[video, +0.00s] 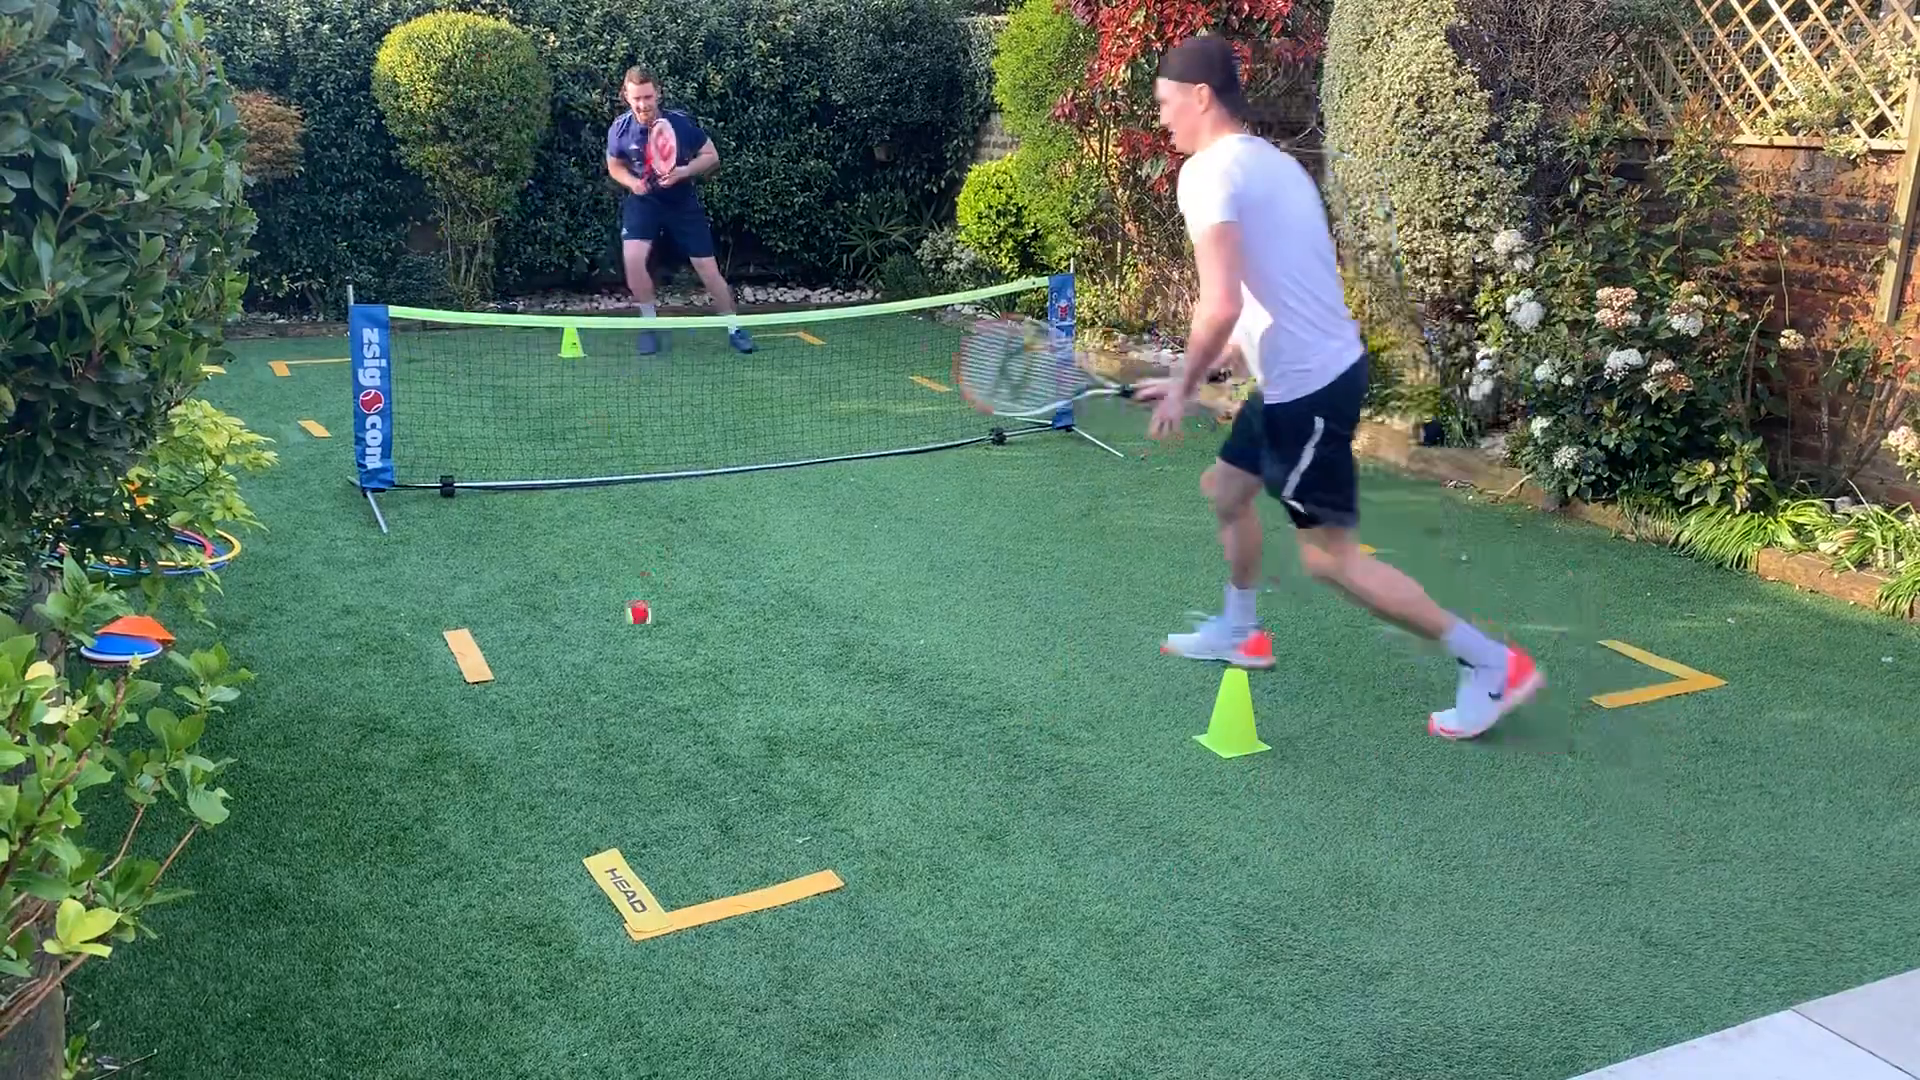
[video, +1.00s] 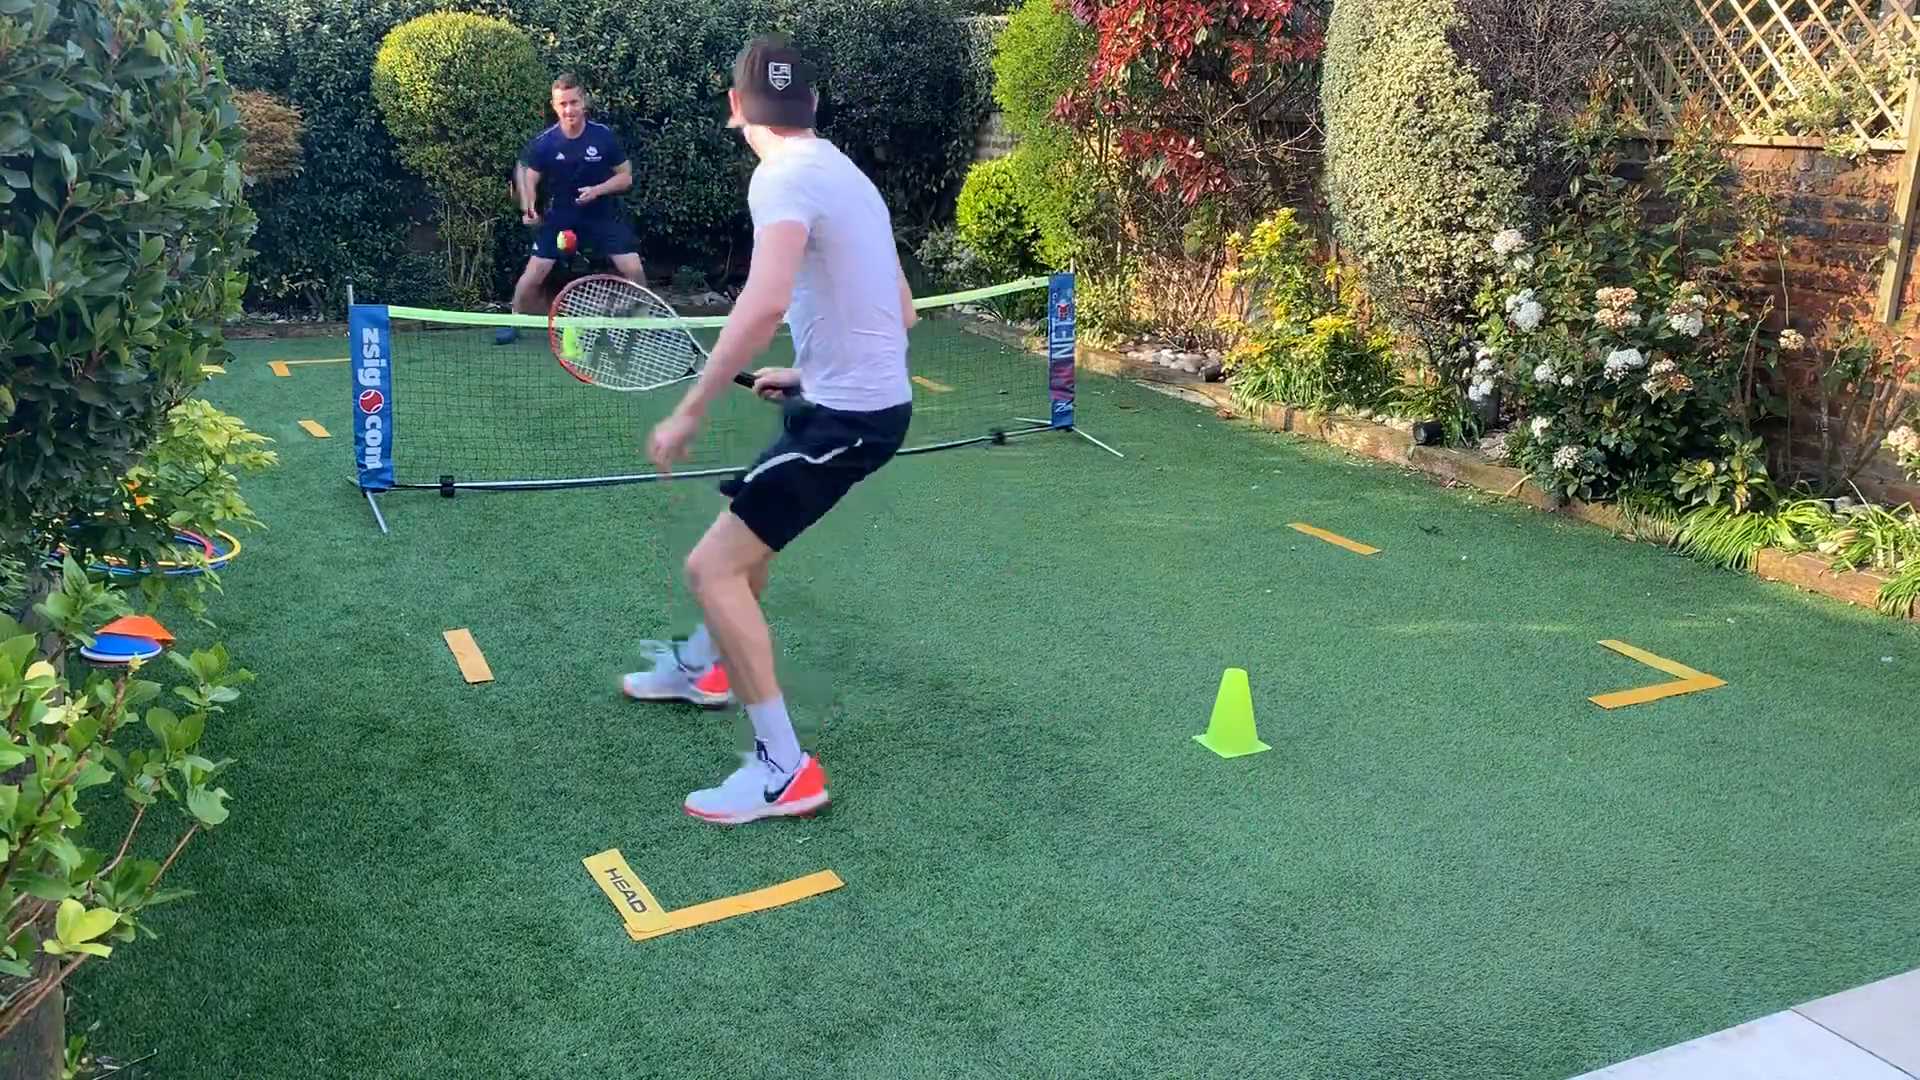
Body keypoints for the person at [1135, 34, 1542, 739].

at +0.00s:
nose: (1161, 118)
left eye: (1166, 102)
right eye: (1159, 104)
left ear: (1202, 96)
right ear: (1213, 98)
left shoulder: (1212, 171)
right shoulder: (1274, 162)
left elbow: (1222, 305)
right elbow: (1277, 297)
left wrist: (1182, 386)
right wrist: (1198, 368)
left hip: (1308, 385)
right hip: (1308, 376)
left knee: (1330, 558)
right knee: (1226, 490)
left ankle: (1493, 663)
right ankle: (1237, 628)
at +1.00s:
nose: (730, 107)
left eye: (731, 97)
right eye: (735, 96)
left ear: (739, 107)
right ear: (809, 103)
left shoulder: (787, 176)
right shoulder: (842, 173)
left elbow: (765, 301)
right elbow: (899, 310)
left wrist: (689, 414)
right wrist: (805, 373)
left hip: (846, 410)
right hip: (865, 400)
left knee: (712, 571)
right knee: (744, 529)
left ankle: (783, 765)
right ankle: (707, 661)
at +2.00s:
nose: (1306, 122)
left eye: (1309, 108)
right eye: (1309, 106)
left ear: (1324, 116)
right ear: (1396, 114)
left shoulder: (1312, 216)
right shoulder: (1461, 202)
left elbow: (1306, 365)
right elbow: (1536, 343)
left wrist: (1283, 490)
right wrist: (1487, 429)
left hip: (1390, 471)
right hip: (1487, 462)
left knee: (1345, 675)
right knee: (1525, 637)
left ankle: (1364, 868)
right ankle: (1612, 832)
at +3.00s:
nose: (1436, 200)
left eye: (1440, 182)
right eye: (1430, 186)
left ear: (1485, 166)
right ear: (1478, 172)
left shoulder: (1576, 224)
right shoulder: (1488, 253)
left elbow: (1517, 371)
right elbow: (1471, 371)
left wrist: (1427, 464)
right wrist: (1424, 466)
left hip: (1674, 399)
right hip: (1601, 398)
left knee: (1597, 571)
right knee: (1483, 507)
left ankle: (1685, 734)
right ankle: (1482, 647)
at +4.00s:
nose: (1206, 96)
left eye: (1209, 85)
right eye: (1209, 84)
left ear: (1222, 92)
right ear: (1276, 93)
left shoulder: (1222, 165)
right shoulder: (1326, 173)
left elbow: (1246, 256)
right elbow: (1388, 279)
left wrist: (1253, 385)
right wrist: (1398, 370)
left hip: (1271, 385)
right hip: (1344, 382)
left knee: (1152, 490)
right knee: (1349, 491)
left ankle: (1143, 662)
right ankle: (1428, 618)